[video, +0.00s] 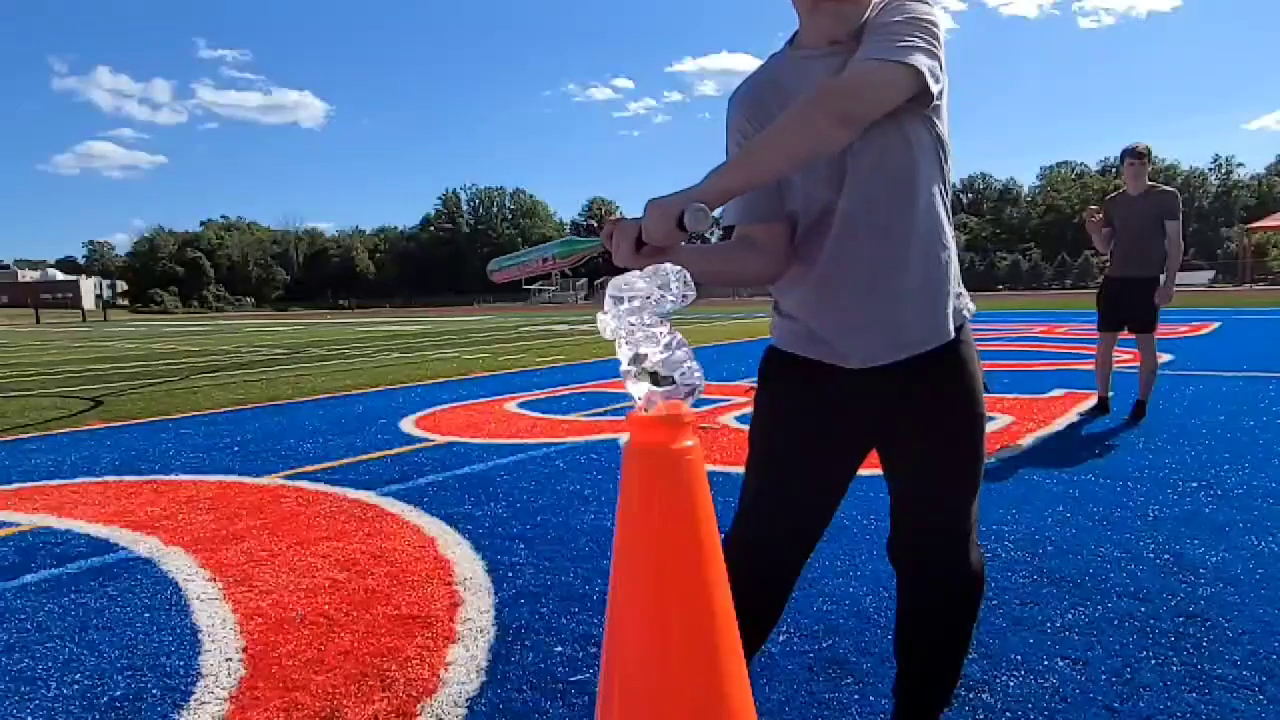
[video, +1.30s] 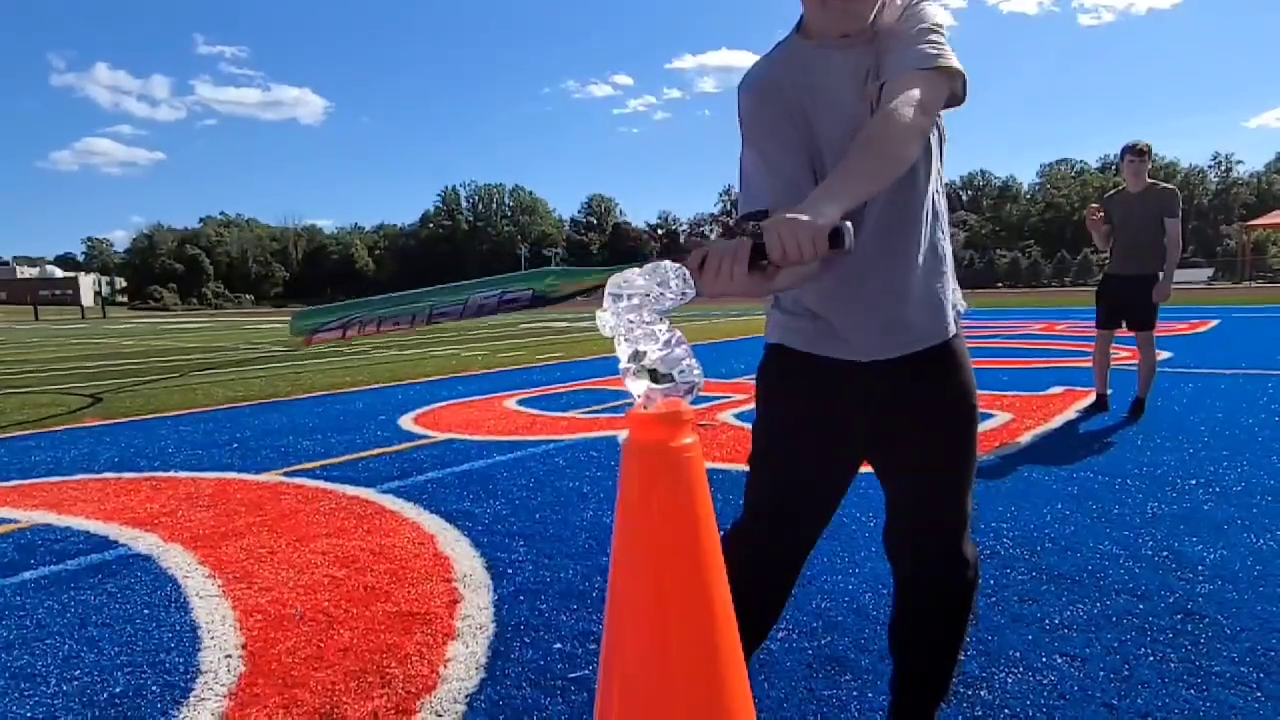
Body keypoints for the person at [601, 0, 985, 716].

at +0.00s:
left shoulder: (908, 21)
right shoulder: (756, 96)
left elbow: (843, 109)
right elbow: (766, 253)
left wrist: (696, 198)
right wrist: (663, 256)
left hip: (930, 358)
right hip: (809, 367)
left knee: (942, 569)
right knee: (753, 571)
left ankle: (919, 711)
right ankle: (687, 700)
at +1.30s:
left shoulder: (913, 23)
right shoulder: (768, 83)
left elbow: (909, 116)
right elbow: (777, 227)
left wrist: (816, 209)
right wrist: (740, 271)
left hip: (924, 355)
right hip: (809, 362)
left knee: (938, 566)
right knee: (762, 559)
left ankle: (915, 709)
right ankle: (686, 695)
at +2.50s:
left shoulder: (922, 23)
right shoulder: (781, 68)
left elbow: (944, 124)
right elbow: (810, 212)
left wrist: (916, 195)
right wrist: (855, 264)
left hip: (920, 357)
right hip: (814, 362)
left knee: (930, 559)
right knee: (765, 551)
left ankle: (908, 712)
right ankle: (684, 693)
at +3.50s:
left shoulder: (915, 18)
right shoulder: (787, 57)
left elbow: (954, 126)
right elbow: (832, 205)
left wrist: (1000, 201)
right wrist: (979, 263)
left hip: (912, 335)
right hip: (810, 345)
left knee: (923, 545)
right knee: (769, 537)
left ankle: (935, 695)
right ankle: (697, 701)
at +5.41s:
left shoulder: (908, 21)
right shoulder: (805, 40)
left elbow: (965, 129)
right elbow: (900, 181)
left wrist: (1084, 217)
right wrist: (1075, 236)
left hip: (901, 341)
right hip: (802, 347)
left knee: (910, 545)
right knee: (766, 536)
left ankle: (904, 697)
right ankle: (693, 696)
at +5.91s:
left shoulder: (905, 24)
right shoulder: (811, 38)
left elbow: (958, 134)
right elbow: (912, 177)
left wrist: (1085, 216)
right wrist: (1081, 228)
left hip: (899, 342)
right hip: (799, 346)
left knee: (909, 549)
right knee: (766, 533)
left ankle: (900, 704)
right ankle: (691, 698)